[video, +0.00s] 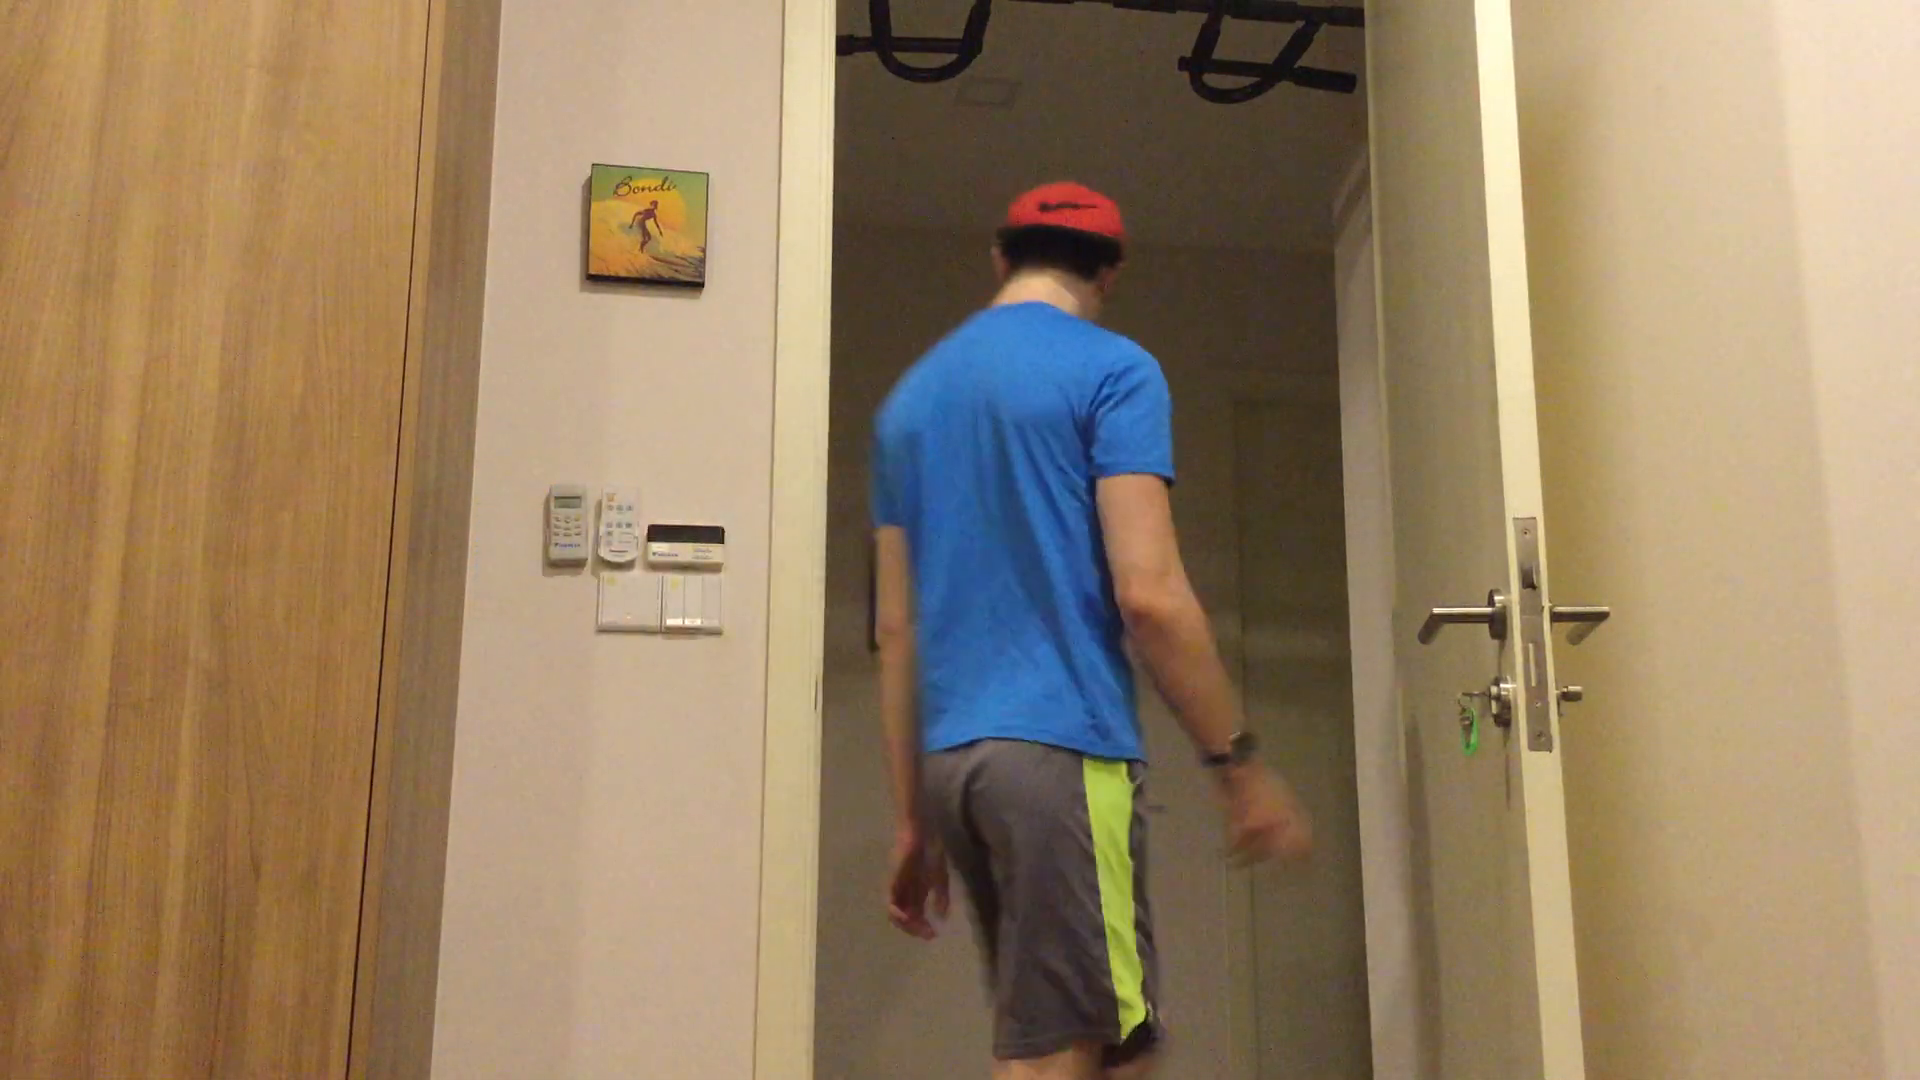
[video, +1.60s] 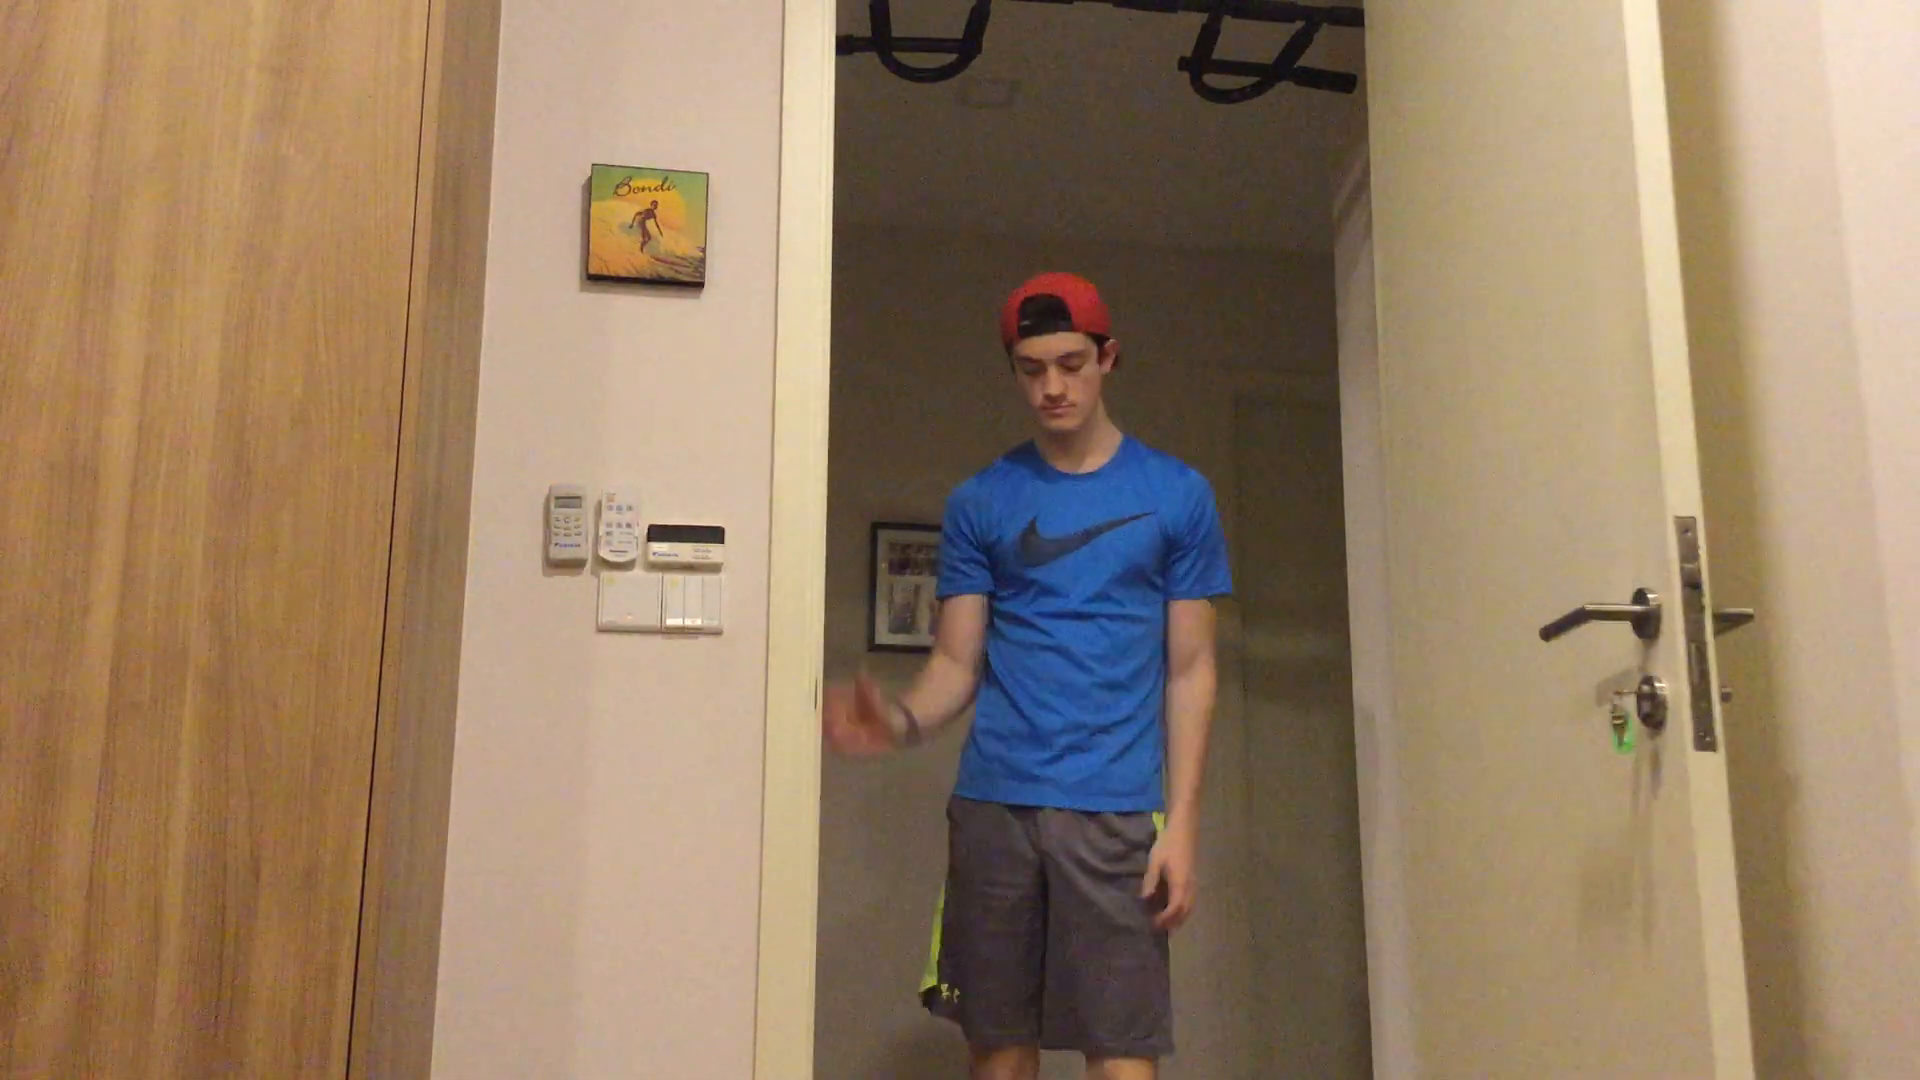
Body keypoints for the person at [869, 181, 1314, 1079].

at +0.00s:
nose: (1107, 293)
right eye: (1110, 278)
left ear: (1001, 261)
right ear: (1106, 274)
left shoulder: (909, 398)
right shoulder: (1111, 366)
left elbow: (895, 634)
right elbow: (1148, 593)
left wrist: (912, 816)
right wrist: (1240, 765)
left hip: (952, 766)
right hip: (1060, 759)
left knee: (1119, 1045)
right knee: (1047, 1054)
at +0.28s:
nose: (1183, 324)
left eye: (1184, 299)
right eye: (1173, 293)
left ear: (1109, 287)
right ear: (1118, 282)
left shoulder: (1023, 427)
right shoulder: (1106, 398)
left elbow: (1008, 656)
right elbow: (1163, 609)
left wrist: (1024, 835)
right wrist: (1329, 700)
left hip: (1086, 771)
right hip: (1127, 770)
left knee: (1168, 1054)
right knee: (1116, 1051)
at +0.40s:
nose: (1194, 313)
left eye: (1195, 293)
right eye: (1173, 289)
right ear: (1106, 296)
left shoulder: (1091, 413)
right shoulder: (1112, 415)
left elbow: (1174, 619)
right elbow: (1169, 614)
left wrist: (1336, 701)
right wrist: (1333, 699)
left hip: (1141, 765)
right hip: (1139, 767)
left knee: (1166, 1046)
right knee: (1152, 1047)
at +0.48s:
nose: (1197, 310)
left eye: (1201, 293)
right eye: (1171, 291)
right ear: (1110, 308)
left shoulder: (1115, 421)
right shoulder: (1121, 420)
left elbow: (1156, 647)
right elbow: (1175, 611)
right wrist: (1339, 696)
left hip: (1140, 763)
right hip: (1136, 763)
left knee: (1161, 1044)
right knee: (1169, 1043)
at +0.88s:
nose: (1160, 333)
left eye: (1174, 317)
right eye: (1134, 323)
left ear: (1196, 338)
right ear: (1102, 351)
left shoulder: (1233, 504)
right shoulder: (1082, 464)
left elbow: (1230, 681)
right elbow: (1089, 635)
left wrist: (1236, 836)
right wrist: (1191, 760)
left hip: (1197, 804)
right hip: (1090, 799)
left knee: (1184, 1056)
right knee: (1081, 1052)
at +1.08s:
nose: (1108, 351)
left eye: (1126, 333)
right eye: (1085, 340)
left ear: (1153, 352)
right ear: (1063, 368)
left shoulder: (1209, 513)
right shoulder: (1031, 492)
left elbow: (1224, 685)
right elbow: (1010, 669)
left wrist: (1248, 840)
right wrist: (1034, 815)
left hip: (1181, 823)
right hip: (1064, 818)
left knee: (1182, 1061)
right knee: (1045, 1058)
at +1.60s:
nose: (1052, 389)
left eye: (1070, 365)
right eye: (1032, 370)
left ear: (1107, 361)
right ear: (1014, 374)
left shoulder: (1176, 496)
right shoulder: (980, 504)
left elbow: (1191, 668)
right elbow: (953, 659)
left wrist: (1181, 826)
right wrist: (903, 717)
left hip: (1116, 811)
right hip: (995, 805)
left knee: (1121, 1053)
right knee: (998, 1047)